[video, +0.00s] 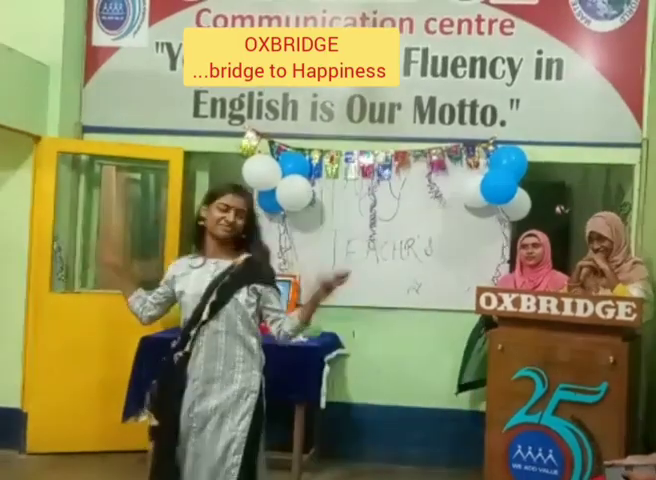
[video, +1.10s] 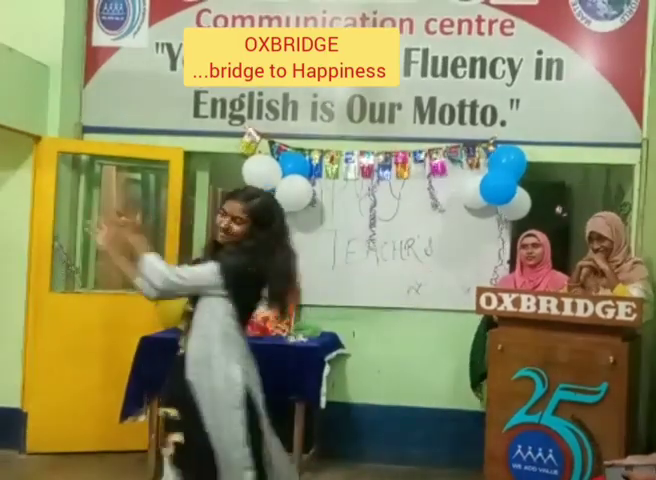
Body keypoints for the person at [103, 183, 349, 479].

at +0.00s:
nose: (230, 218)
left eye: (239, 215)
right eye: (223, 209)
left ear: (245, 225)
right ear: (204, 213)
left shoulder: (255, 270)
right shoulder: (183, 267)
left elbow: (282, 332)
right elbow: (148, 312)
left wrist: (318, 296)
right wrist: (120, 274)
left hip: (239, 387)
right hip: (193, 386)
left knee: (229, 469)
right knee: (188, 467)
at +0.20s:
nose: (227, 215)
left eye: (231, 209)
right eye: (216, 208)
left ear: (238, 216)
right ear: (194, 218)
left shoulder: (254, 265)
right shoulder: (178, 270)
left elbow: (305, 303)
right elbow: (136, 317)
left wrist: (355, 297)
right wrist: (107, 287)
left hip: (240, 387)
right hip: (191, 385)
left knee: (227, 471)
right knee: (181, 467)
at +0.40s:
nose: (219, 217)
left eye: (228, 209)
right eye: (213, 213)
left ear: (250, 215)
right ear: (209, 223)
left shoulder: (282, 269)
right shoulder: (205, 272)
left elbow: (342, 293)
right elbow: (144, 296)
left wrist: (401, 286)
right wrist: (103, 259)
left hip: (259, 389)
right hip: (209, 385)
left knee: (246, 467)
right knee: (199, 464)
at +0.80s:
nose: (239, 229)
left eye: (250, 222)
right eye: (236, 221)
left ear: (274, 227)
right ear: (231, 222)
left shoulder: (293, 278)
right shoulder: (227, 271)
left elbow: (327, 326)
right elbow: (182, 307)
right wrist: (154, 270)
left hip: (270, 384)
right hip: (224, 380)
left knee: (264, 465)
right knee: (219, 462)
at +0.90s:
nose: (240, 234)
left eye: (251, 227)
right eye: (236, 225)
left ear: (277, 229)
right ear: (231, 226)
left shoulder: (292, 281)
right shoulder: (226, 273)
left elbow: (274, 312)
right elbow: (169, 302)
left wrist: (275, 266)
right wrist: (145, 261)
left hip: (265, 390)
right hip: (220, 385)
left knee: (259, 469)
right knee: (209, 465)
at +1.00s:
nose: (234, 229)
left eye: (245, 223)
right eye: (231, 220)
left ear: (268, 229)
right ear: (225, 219)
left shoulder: (267, 273)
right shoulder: (229, 267)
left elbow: (206, 298)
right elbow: (169, 296)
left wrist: (186, 267)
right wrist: (133, 249)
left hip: (245, 379)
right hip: (213, 374)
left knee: (241, 463)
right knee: (203, 459)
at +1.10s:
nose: (225, 224)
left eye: (237, 221)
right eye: (223, 214)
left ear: (256, 230)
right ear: (217, 213)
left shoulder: (244, 265)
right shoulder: (223, 261)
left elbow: (168, 280)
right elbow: (156, 289)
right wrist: (115, 253)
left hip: (219, 368)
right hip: (197, 362)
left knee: (226, 454)